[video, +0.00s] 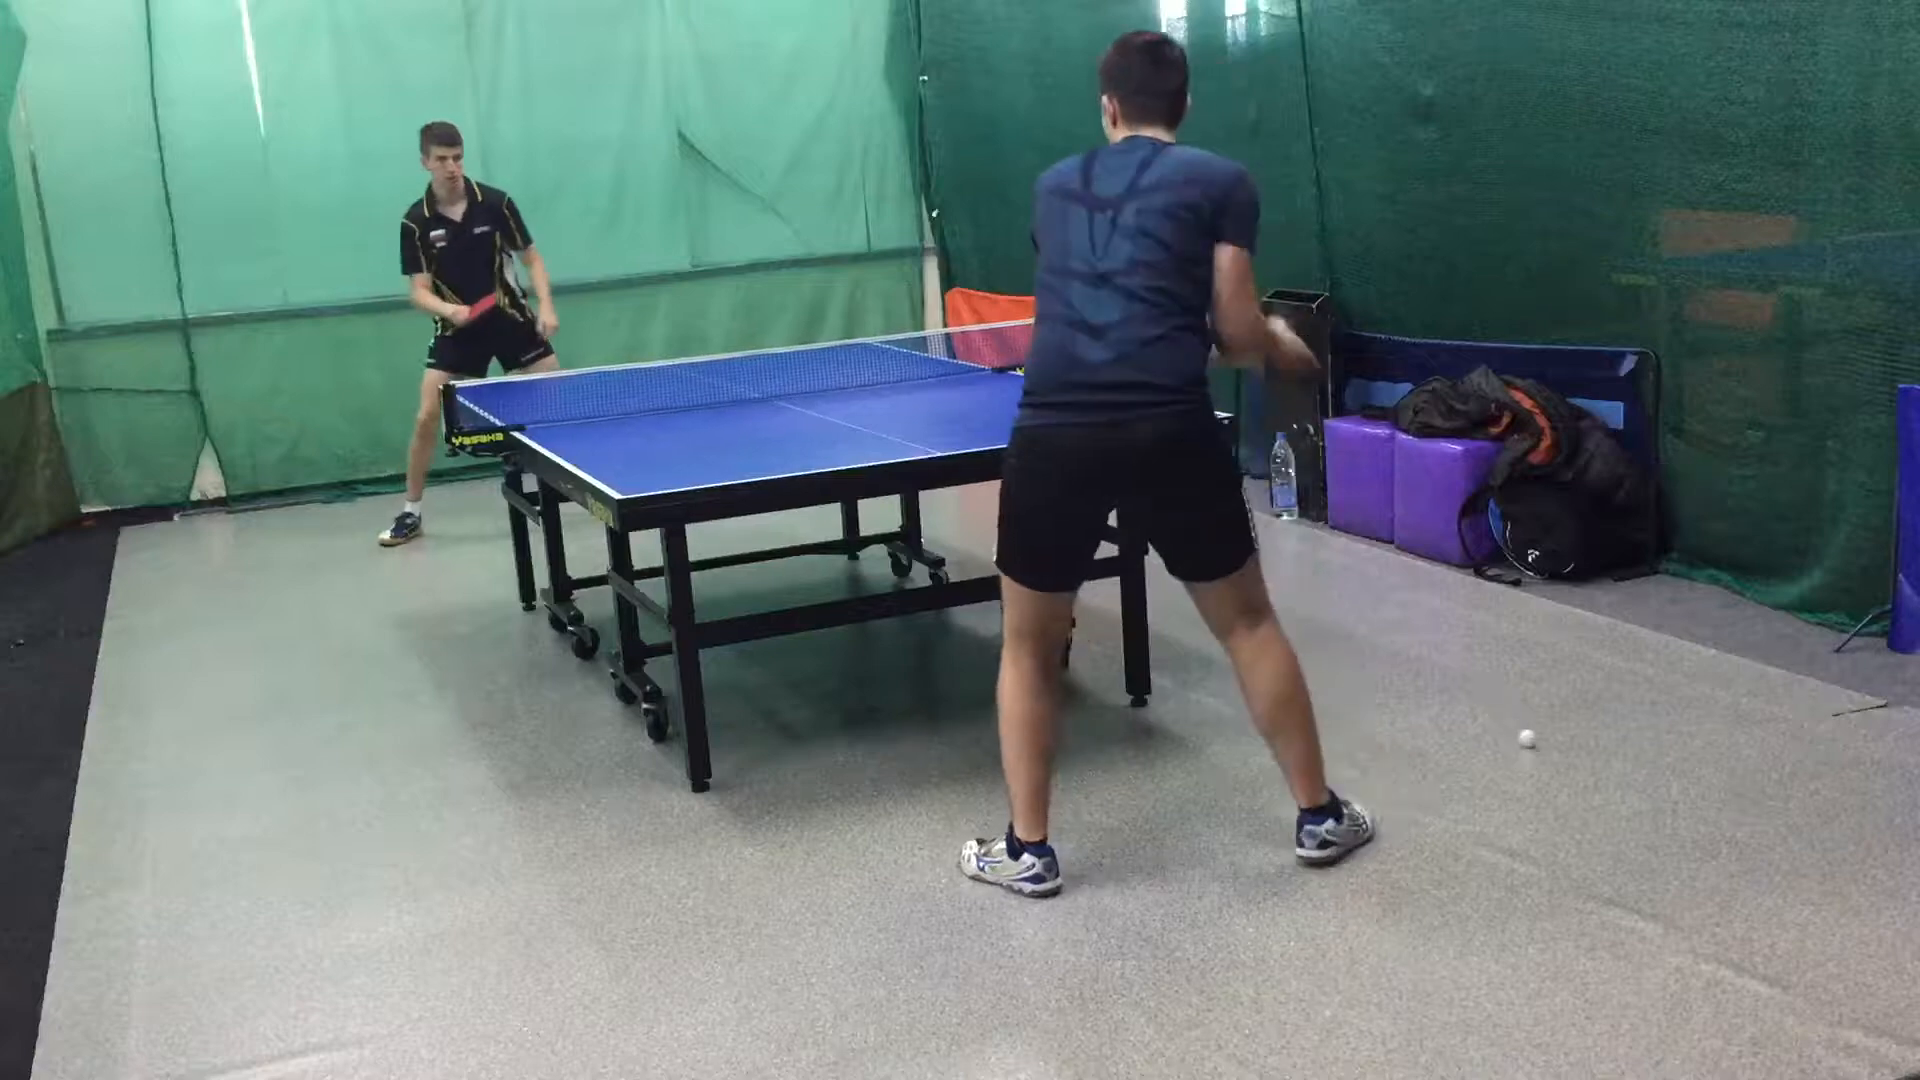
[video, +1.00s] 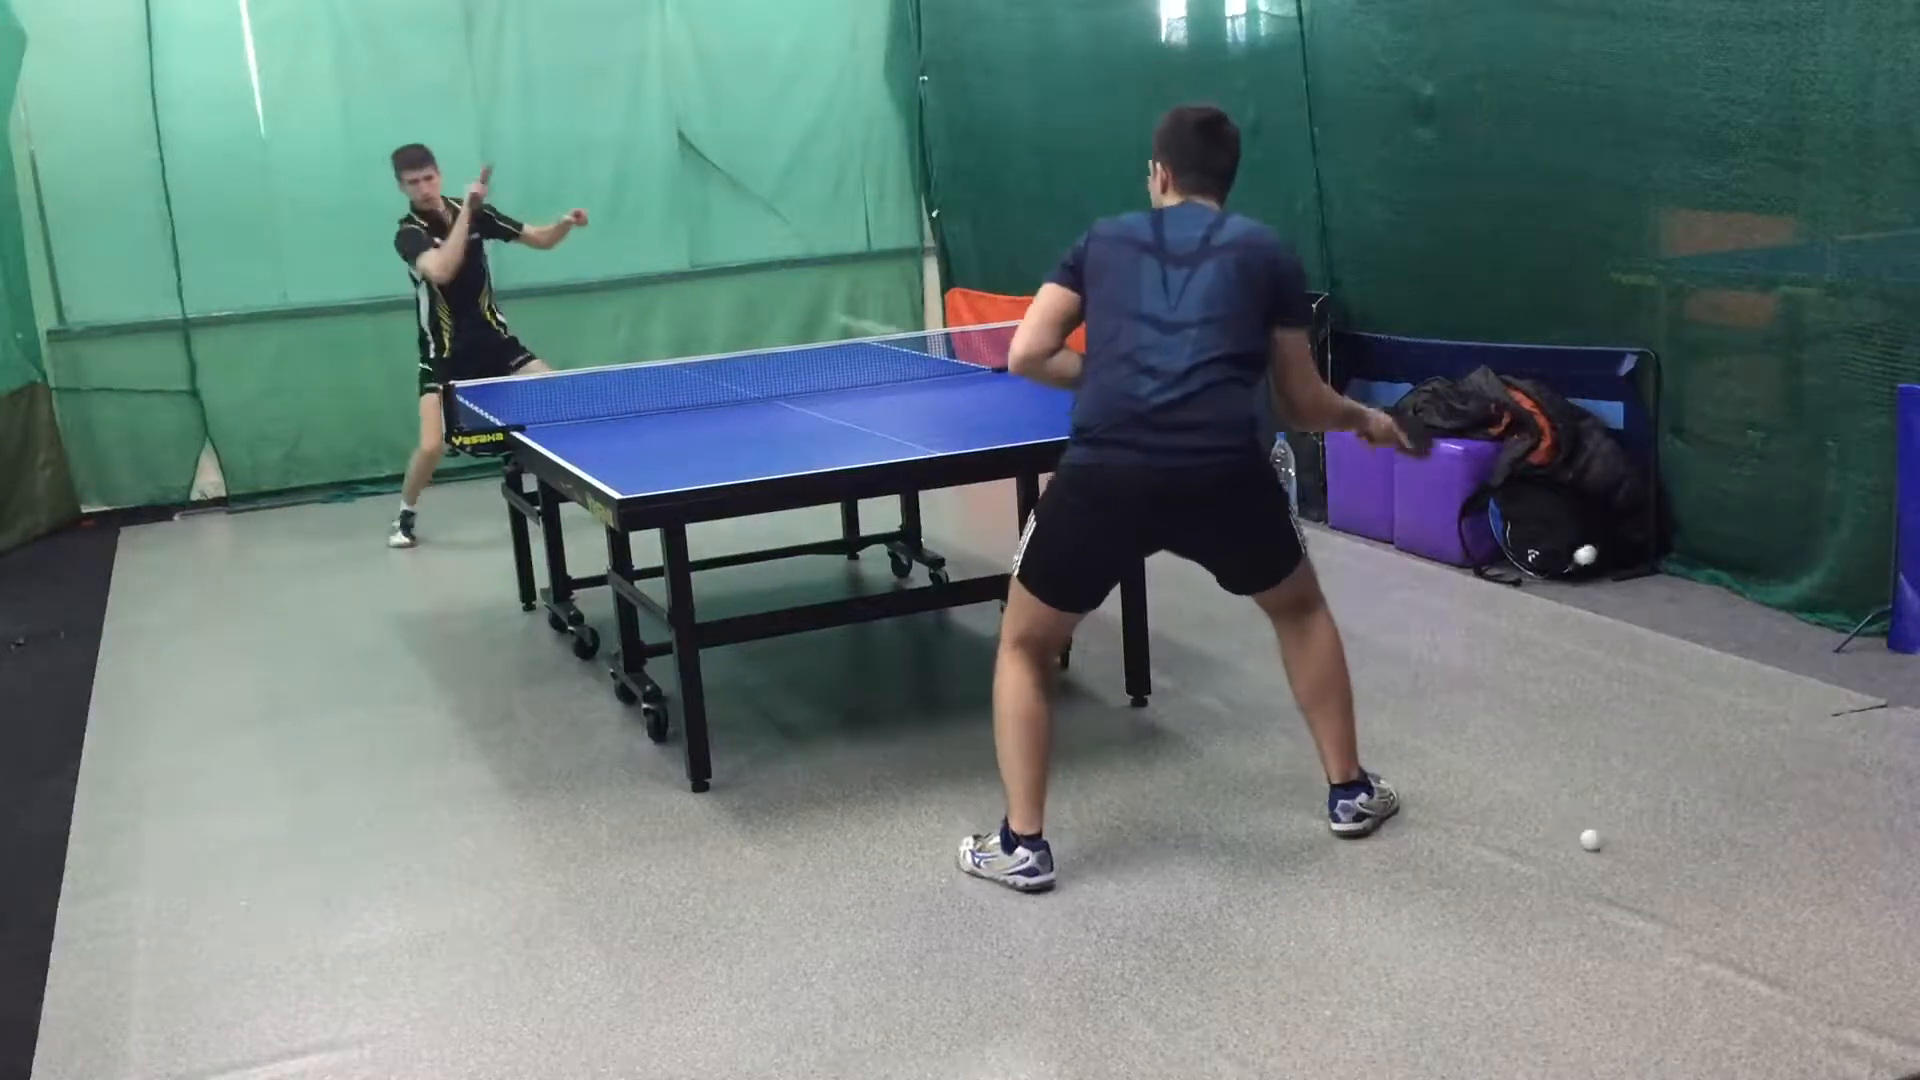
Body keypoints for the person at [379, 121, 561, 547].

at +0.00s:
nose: (452, 168)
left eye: (457, 159)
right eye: (442, 161)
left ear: (464, 158)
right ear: (426, 163)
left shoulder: (496, 203)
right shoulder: (416, 221)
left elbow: (531, 258)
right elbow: (419, 292)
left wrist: (546, 307)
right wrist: (448, 309)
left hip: (510, 318)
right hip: (458, 328)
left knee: (555, 397)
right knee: (427, 417)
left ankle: (520, 470)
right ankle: (411, 511)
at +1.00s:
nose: (423, 188)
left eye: (427, 178)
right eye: (412, 183)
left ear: (438, 175)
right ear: (402, 188)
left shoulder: (473, 213)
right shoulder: (409, 233)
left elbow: (539, 239)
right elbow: (441, 270)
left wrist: (565, 224)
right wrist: (467, 211)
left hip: (493, 341)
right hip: (443, 355)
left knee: (556, 391)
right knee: (432, 447)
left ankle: (518, 474)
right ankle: (406, 514)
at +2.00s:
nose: (431, 190)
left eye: (435, 181)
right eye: (420, 184)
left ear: (443, 179)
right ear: (405, 189)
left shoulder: (473, 219)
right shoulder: (405, 238)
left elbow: (529, 254)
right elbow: (418, 290)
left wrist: (563, 251)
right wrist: (452, 244)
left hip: (482, 342)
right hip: (432, 353)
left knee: (550, 396)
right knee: (416, 443)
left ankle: (589, 493)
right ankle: (382, 524)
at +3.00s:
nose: (460, 179)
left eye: (464, 169)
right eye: (449, 173)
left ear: (475, 166)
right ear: (437, 176)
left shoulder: (510, 209)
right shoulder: (433, 227)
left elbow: (558, 252)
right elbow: (432, 295)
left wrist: (590, 283)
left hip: (522, 324)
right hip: (467, 332)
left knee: (574, 395)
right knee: (428, 418)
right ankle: (405, 512)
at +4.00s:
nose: (483, 190)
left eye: (487, 180)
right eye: (473, 184)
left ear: (496, 176)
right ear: (460, 186)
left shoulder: (530, 215)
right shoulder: (459, 234)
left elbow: (575, 269)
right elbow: (455, 300)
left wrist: (583, 308)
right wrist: (452, 318)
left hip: (551, 319)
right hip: (501, 325)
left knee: (603, 388)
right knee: (466, 407)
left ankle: (626, 484)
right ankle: (443, 505)